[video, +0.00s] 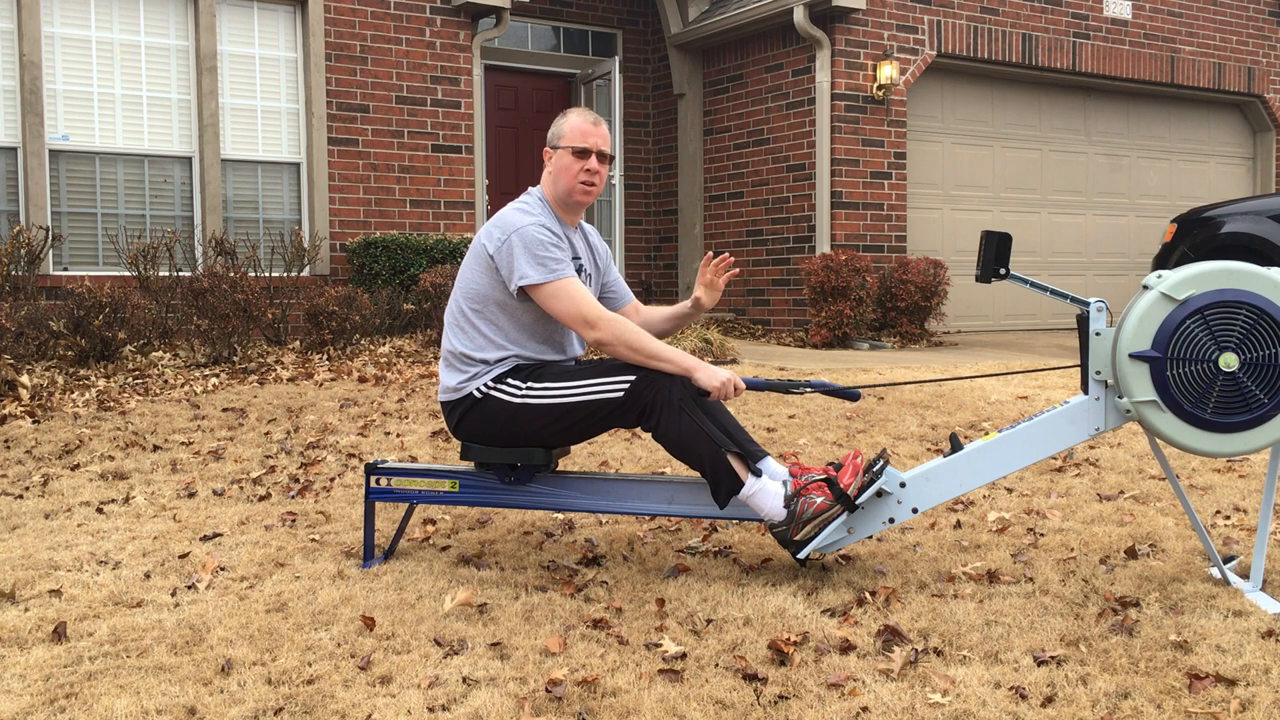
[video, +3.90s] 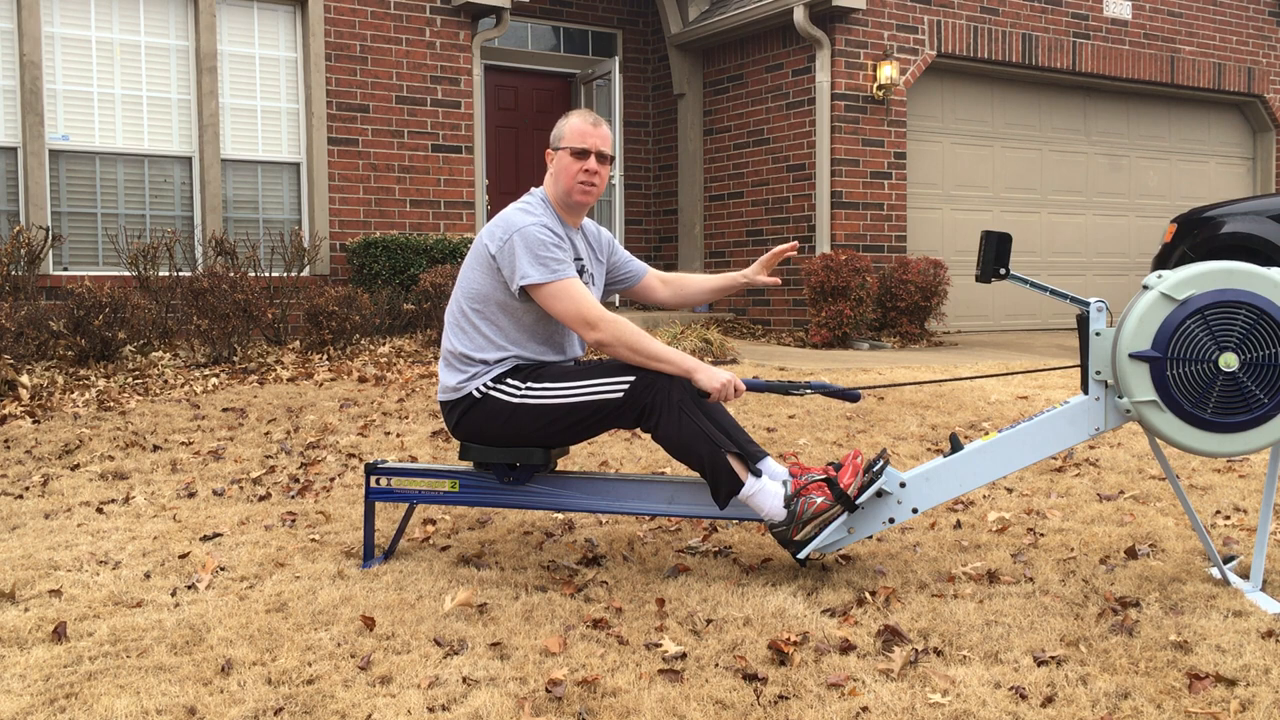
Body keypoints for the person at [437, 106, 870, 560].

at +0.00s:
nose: (593, 168)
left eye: (603, 160)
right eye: (581, 154)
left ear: (610, 171)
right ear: (548, 158)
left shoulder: (587, 240)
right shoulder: (523, 226)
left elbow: (637, 320)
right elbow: (592, 327)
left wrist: (694, 306)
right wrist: (697, 369)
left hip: (541, 377)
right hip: (487, 391)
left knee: (675, 376)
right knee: (651, 386)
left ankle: (786, 484)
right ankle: (776, 510)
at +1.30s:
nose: (592, 169)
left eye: (603, 161)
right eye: (579, 155)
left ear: (610, 171)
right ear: (549, 159)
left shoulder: (590, 237)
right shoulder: (526, 226)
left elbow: (642, 326)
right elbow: (593, 326)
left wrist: (646, 273)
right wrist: (698, 370)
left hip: (540, 377)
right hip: (488, 390)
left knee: (673, 377)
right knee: (650, 388)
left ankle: (786, 484)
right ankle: (776, 509)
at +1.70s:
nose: (595, 169)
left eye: (605, 161)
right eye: (582, 155)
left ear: (611, 171)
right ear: (551, 158)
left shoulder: (589, 237)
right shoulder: (525, 226)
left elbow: (646, 299)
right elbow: (593, 328)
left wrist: (687, 309)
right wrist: (699, 371)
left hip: (539, 377)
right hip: (487, 391)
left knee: (675, 379)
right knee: (650, 388)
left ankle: (786, 484)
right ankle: (776, 509)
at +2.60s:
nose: (595, 167)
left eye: (605, 159)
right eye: (582, 153)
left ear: (611, 171)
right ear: (550, 158)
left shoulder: (587, 238)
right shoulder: (526, 225)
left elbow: (644, 318)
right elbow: (593, 328)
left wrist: (653, 279)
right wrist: (699, 371)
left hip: (539, 376)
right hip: (486, 390)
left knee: (675, 378)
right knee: (650, 388)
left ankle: (786, 483)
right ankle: (775, 510)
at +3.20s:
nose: (595, 168)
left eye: (606, 161)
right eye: (583, 155)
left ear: (612, 173)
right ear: (552, 159)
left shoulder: (592, 237)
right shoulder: (525, 227)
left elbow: (651, 293)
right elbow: (596, 329)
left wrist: (710, 304)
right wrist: (700, 372)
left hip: (539, 376)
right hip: (486, 390)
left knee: (675, 378)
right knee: (650, 388)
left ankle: (785, 484)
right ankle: (776, 509)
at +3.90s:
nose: (592, 168)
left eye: (603, 159)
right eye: (580, 154)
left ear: (610, 171)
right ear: (549, 159)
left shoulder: (592, 236)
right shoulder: (525, 226)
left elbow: (661, 288)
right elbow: (594, 327)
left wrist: (745, 278)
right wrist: (699, 370)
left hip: (541, 376)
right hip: (487, 391)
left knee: (675, 379)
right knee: (651, 388)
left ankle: (788, 485)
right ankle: (776, 510)